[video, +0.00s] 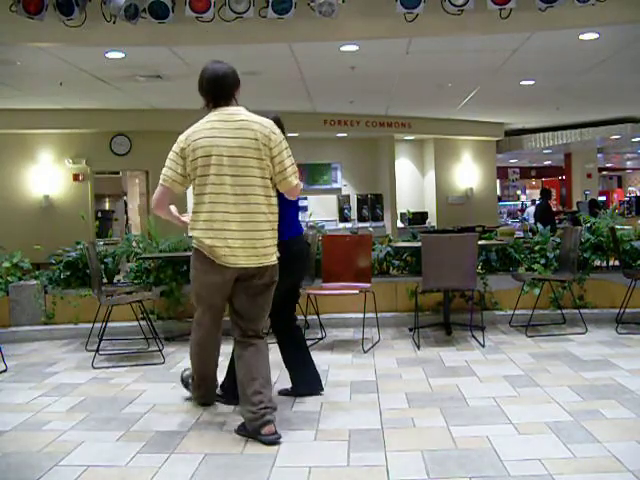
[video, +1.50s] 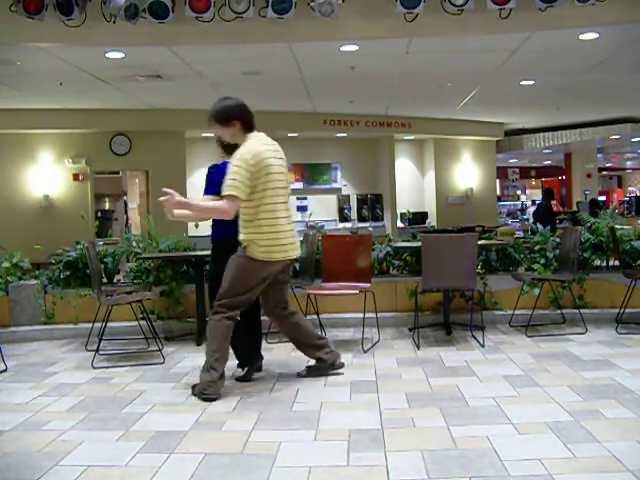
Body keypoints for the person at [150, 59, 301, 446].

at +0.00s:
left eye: (205, 93)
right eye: (236, 89)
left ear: (203, 96)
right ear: (239, 91)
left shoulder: (192, 136)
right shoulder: (266, 130)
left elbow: (160, 203)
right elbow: (292, 191)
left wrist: (181, 220)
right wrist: (284, 173)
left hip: (212, 251)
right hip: (261, 251)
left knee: (206, 322)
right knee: (253, 334)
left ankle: (203, 389)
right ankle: (260, 421)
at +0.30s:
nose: (222, 93)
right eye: (222, 88)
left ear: (189, 96)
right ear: (222, 91)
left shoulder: (178, 135)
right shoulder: (246, 129)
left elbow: (149, 197)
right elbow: (264, 183)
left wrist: (165, 210)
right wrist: (266, 170)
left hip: (194, 239)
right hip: (238, 238)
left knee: (196, 317)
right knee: (244, 315)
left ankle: (198, 388)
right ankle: (257, 402)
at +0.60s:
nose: (216, 102)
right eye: (215, 97)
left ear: (182, 105)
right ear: (213, 100)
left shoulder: (168, 139)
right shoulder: (232, 133)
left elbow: (142, 193)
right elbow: (246, 181)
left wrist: (155, 208)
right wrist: (251, 169)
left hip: (185, 238)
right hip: (226, 237)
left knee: (197, 314)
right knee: (239, 307)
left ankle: (199, 386)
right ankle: (254, 380)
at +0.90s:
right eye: (201, 112)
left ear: (172, 119)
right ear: (202, 113)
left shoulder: (164, 149)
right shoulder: (226, 142)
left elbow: (140, 204)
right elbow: (254, 192)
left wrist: (141, 208)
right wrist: (268, 175)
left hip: (186, 244)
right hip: (227, 242)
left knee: (199, 314)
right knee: (249, 307)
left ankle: (200, 386)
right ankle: (270, 379)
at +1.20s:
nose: (179, 132)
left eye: (178, 127)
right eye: (178, 127)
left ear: (185, 123)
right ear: (206, 118)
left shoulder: (184, 152)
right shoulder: (240, 145)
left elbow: (168, 206)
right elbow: (267, 189)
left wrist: (146, 205)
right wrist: (268, 172)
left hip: (210, 248)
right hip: (248, 245)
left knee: (204, 315)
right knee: (265, 305)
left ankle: (200, 385)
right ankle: (312, 362)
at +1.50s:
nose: (218, 135)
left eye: (219, 128)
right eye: (216, 129)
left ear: (236, 124)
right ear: (243, 124)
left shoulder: (245, 155)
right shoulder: (273, 147)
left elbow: (228, 209)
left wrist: (184, 203)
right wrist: (199, 208)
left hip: (259, 251)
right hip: (285, 248)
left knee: (223, 310)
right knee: (278, 309)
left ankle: (210, 383)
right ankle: (327, 357)